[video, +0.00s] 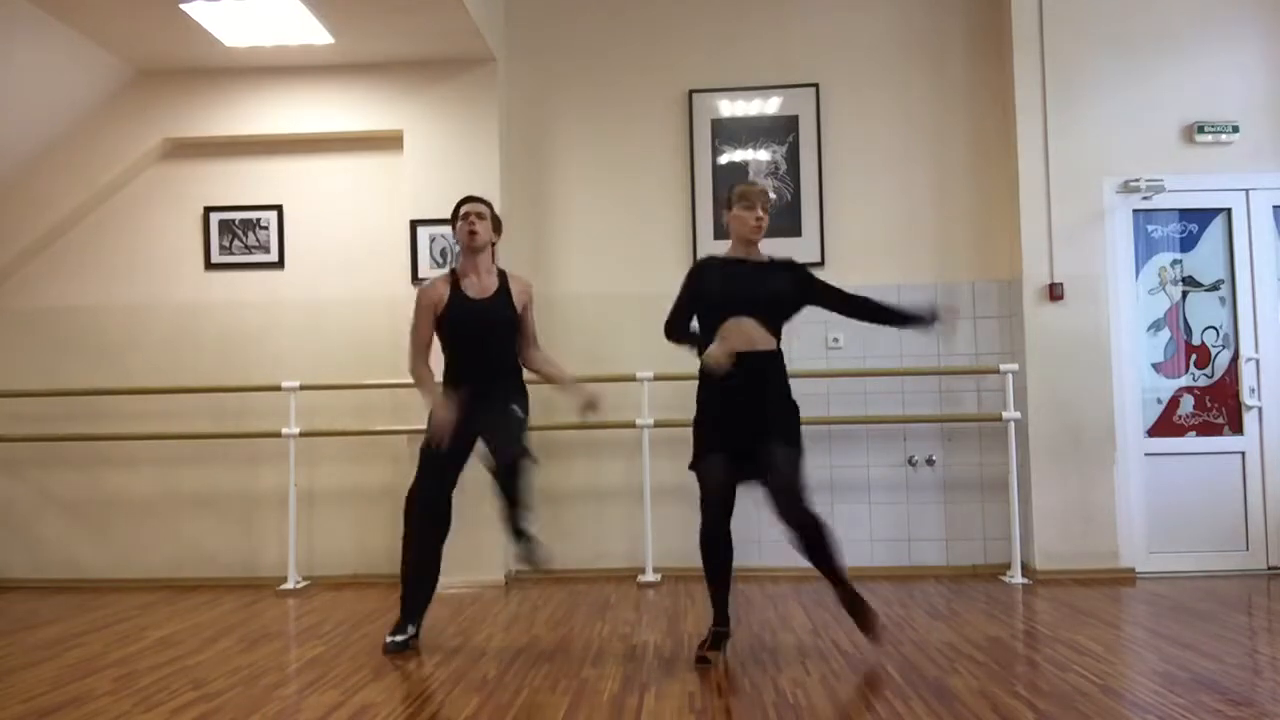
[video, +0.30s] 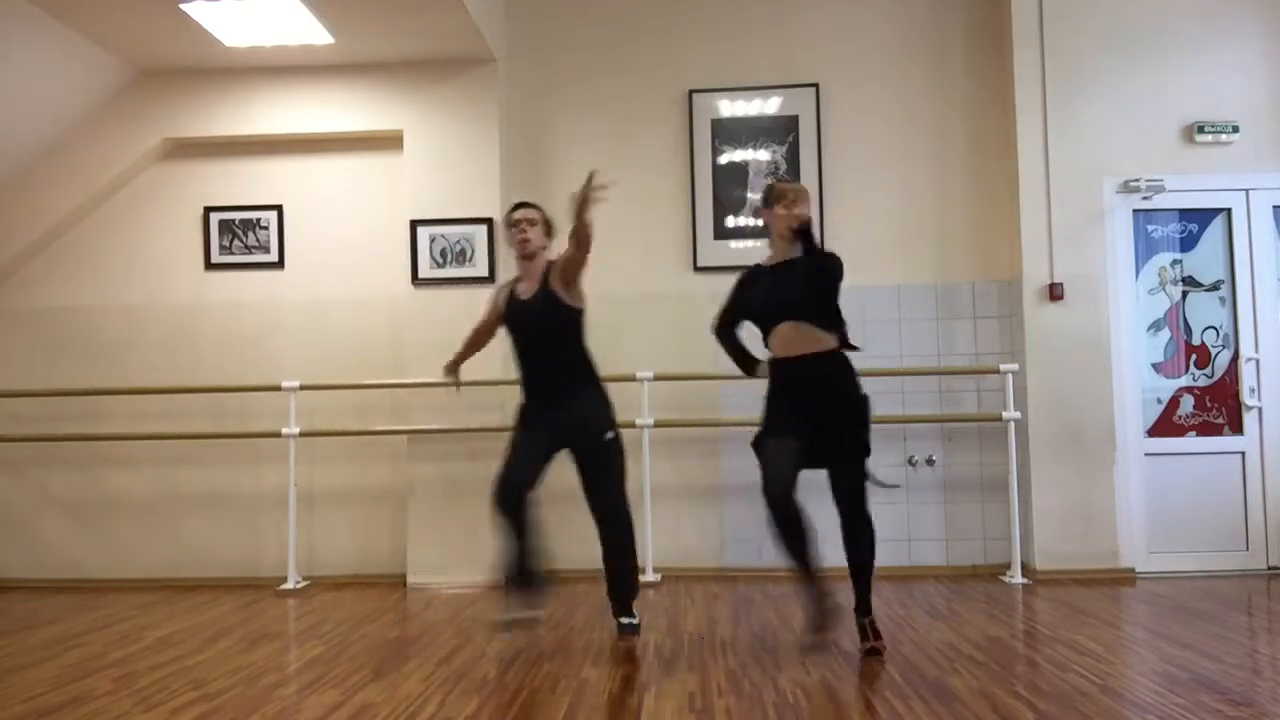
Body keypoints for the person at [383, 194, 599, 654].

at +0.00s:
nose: (470, 224)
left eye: (479, 218)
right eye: (464, 219)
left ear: (495, 233)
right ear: (454, 234)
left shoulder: (517, 289)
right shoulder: (435, 293)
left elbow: (532, 353)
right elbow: (419, 362)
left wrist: (576, 388)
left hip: (504, 399)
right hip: (456, 401)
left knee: (509, 456)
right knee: (426, 502)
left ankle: (522, 535)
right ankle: (409, 619)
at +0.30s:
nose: (522, 232)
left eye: (530, 225)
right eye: (514, 227)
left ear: (548, 237)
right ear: (507, 240)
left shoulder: (562, 278)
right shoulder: (506, 294)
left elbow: (579, 249)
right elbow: (484, 333)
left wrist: (582, 212)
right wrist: (455, 363)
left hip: (586, 408)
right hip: (539, 413)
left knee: (610, 509)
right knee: (510, 493)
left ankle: (624, 605)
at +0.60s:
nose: (588, 226)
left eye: (595, 218)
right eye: (580, 219)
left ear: (610, 227)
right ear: (570, 229)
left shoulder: (627, 279)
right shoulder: (563, 282)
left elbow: (597, 326)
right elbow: (535, 316)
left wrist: (549, 301)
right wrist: (508, 332)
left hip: (633, 406)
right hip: (590, 411)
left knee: (637, 509)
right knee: (627, 511)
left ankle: (624, 603)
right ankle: (677, 603)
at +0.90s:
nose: (609, 227)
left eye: (616, 220)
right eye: (602, 221)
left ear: (630, 228)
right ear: (591, 230)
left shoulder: (645, 277)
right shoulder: (582, 279)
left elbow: (616, 329)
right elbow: (554, 301)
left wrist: (570, 297)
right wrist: (525, 311)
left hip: (646, 403)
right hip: (602, 404)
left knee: (641, 506)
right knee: (606, 484)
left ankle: (627, 604)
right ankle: (672, 542)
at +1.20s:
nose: (618, 230)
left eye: (625, 223)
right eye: (611, 224)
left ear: (640, 231)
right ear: (602, 232)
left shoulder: (657, 283)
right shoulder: (593, 283)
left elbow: (686, 344)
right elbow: (544, 302)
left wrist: (632, 344)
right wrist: (504, 313)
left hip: (647, 410)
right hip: (602, 406)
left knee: (642, 509)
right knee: (574, 491)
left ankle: (629, 603)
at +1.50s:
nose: (600, 231)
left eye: (608, 224)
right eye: (599, 224)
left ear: (633, 227)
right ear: (611, 230)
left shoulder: (667, 268)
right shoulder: (598, 285)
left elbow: (708, 303)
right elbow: (546, 314)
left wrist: (676, 333)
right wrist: (488, 324)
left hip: (643, 400)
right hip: (599, 391)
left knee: (635, 508)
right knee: (527, 444)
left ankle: (627, 605)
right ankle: (441, 496)